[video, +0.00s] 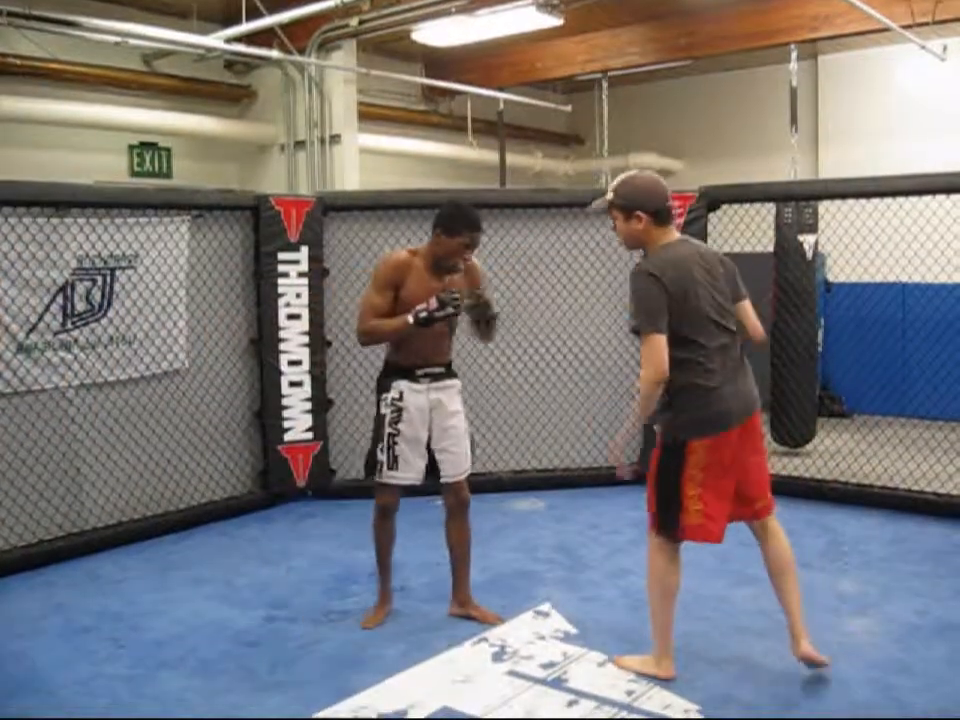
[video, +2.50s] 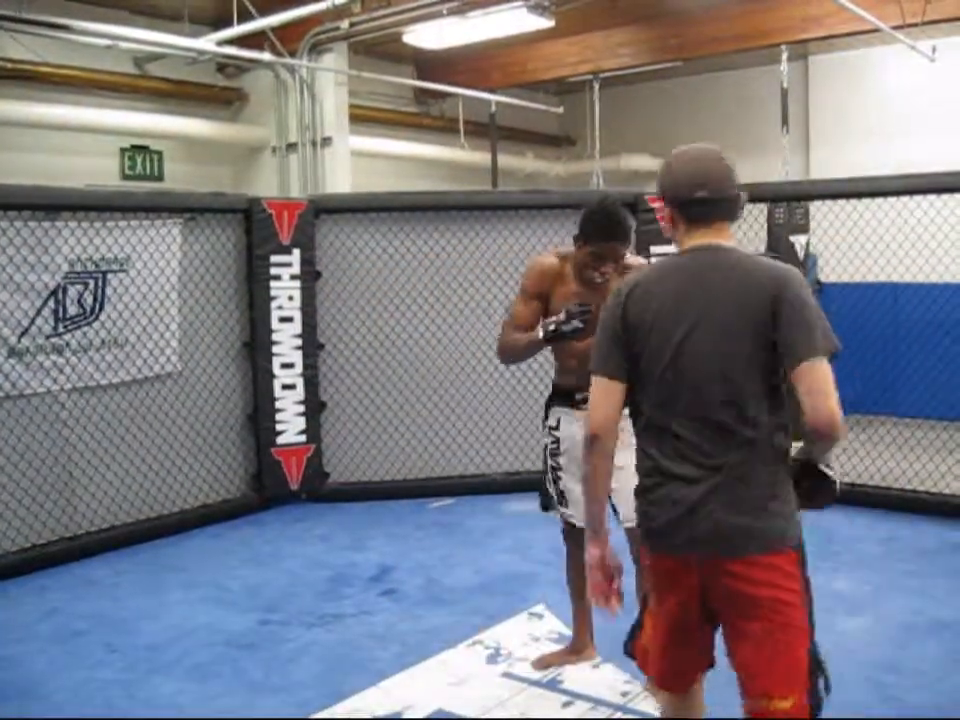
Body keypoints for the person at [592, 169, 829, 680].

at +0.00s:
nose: (613, 226)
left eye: (616, 217)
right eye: (612, 217)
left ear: (641, 219)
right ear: (659, 215)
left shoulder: (650, 273)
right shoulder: (712, 256)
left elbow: (656, 371)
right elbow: (755, 330)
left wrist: (639, 420)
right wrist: (712, 332)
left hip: (689, 424)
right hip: (742, 411)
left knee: (664, 538)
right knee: (765, 521)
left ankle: (661, 657)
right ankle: (802, 639)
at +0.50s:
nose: (744, 234)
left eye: (746, 225)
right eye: (744, 224)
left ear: (765, 225)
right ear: (804, 226)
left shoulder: (742, 281)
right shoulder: (843, 289)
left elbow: (710, 378)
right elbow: (866, 386)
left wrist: (673, 431)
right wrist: (808, 384)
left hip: (746, 462)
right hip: (820, 465)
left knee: (694, 565)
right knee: (824, 600)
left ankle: (660, 668)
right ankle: (818, 711)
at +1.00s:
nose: (793, 233)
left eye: (794, 222)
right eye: (792, 223)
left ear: (813, 218)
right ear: (854, 218)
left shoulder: (799, 280)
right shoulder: (901, 288)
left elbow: (792, 384)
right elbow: (928, 398)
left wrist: (762, 414)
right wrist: (878, 395)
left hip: (809, 486)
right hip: (883, 481)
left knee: (774, 616)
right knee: (879, 614)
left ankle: (808, 711)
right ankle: (881, 713)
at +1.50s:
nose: (749, 217)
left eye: (749, 206)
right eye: (749, 206)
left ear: (765, 206)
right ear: (816, 202)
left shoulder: (744, 277)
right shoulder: (872, 268)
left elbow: (701, 382)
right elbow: (886, 347)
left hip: (784, 487)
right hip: (873, 483)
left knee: (749, 653)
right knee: (898, 649)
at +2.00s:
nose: (667, 222)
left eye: (668, 213)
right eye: (667, 212)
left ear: (682, 218)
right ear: (735, 206)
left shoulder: (691, 284)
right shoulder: (798, 263)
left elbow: (693, 403)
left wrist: (660, 424)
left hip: (756, 498)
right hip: (841, 485)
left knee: (707, 660)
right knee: (886, 665)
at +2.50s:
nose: (657, 212)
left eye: (658, 204)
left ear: (665, 212)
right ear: (736, 206)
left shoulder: (631, 295)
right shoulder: (779, 282)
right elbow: (824, 417)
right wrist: (814, 445)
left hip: (667, 528)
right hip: (757, 529)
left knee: (677, 689)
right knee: (778, 704)